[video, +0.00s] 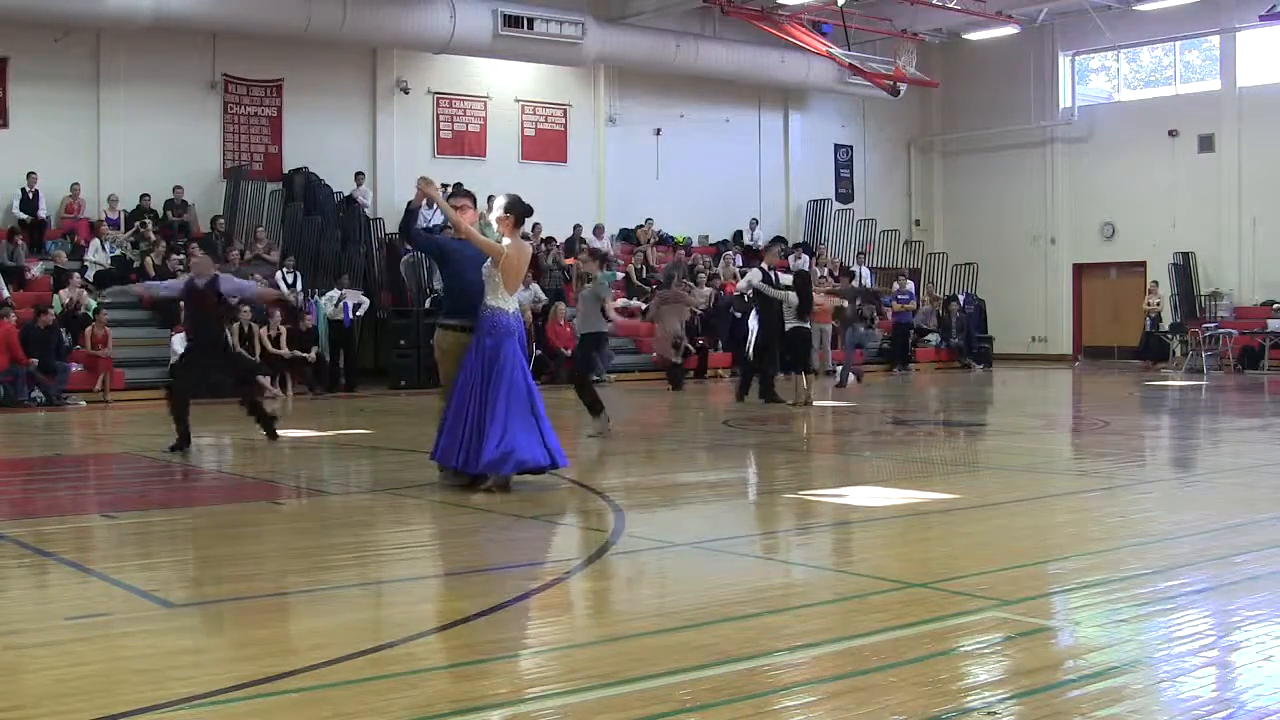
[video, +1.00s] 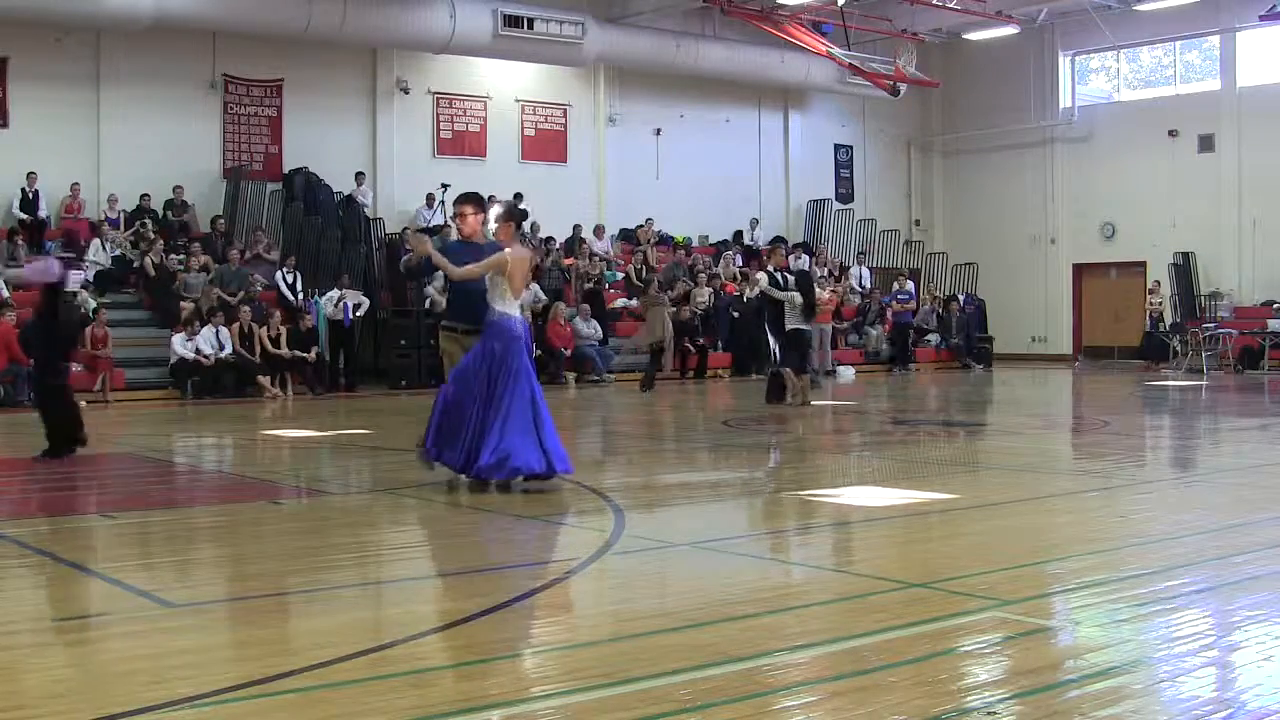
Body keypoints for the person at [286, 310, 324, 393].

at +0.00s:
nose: (311, 322)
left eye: (311, 320)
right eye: (308, 320)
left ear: (312, 320)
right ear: (301, 322)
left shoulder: (313, 330)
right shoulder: (293, 332)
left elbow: (315, 345)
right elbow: (293, 350)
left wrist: (313, 353)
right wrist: (304, 355)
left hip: (310, 354)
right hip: (298, 355)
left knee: (321, 358)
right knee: (307, 364)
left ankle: (320, 385)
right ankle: (312, 387)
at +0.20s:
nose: (310, 323)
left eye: (311, 320)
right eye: (308, 320)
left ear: (312, 320)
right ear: (301, 322)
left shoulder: (313, 330)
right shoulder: (293, 332)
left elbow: (315, 344)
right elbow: (293, 350)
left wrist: (313, 353)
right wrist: (304, 355)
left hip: (310, 354)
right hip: (298, 355)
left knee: (321, 358)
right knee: (307, 363)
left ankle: (321, 385)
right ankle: (312, 387)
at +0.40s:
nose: (311, 323)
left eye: (311, 320)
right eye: (308, 320)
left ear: (312, 321)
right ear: (301, 322)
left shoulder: (313, 330)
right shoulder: (293, 332)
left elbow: (315, 344)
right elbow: (293, 350)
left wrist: (313, 353)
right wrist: (305, 355)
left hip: (309, 354)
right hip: (298, 355)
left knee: (320, 359)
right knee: (305, 363)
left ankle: (320, 385)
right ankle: (313, 386)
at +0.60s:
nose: (310, 323)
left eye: (311, 320)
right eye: (308, 320)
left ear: (312, 321)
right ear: (301, 322)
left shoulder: (313, 330)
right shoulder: (293, 332)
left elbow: (315, 345)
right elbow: (293, 350)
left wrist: (313, 353)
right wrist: (305, 355)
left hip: (309, 354)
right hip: (298, 355)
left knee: (320, 360)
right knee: (304, 364)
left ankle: (319, 385)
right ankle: (312, 386)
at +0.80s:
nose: (310, 323)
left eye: (311, 320)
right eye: (308, 320)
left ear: (312, 321)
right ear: (301, 322)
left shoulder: (313, 330)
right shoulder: (294, 331)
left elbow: (315, 345)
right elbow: (293, 350)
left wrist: (313, 353)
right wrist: (305, 355)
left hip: (310, 354)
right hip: (298, 355)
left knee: (320, 360)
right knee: (305, 364)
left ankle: (319, 385)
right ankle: (312, 386)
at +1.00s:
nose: (311, 322)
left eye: (311, 320)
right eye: (308, 320)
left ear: (312, 320)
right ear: (301, 322)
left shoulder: (314, 330)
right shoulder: (293, 331)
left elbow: (315, 345)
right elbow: (293, 349)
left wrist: (313, 353)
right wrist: (305, 355)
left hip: (310, 354)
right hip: (298, 355)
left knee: (320, 359)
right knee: (304, 363)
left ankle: (320, 385)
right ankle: (314, 387)